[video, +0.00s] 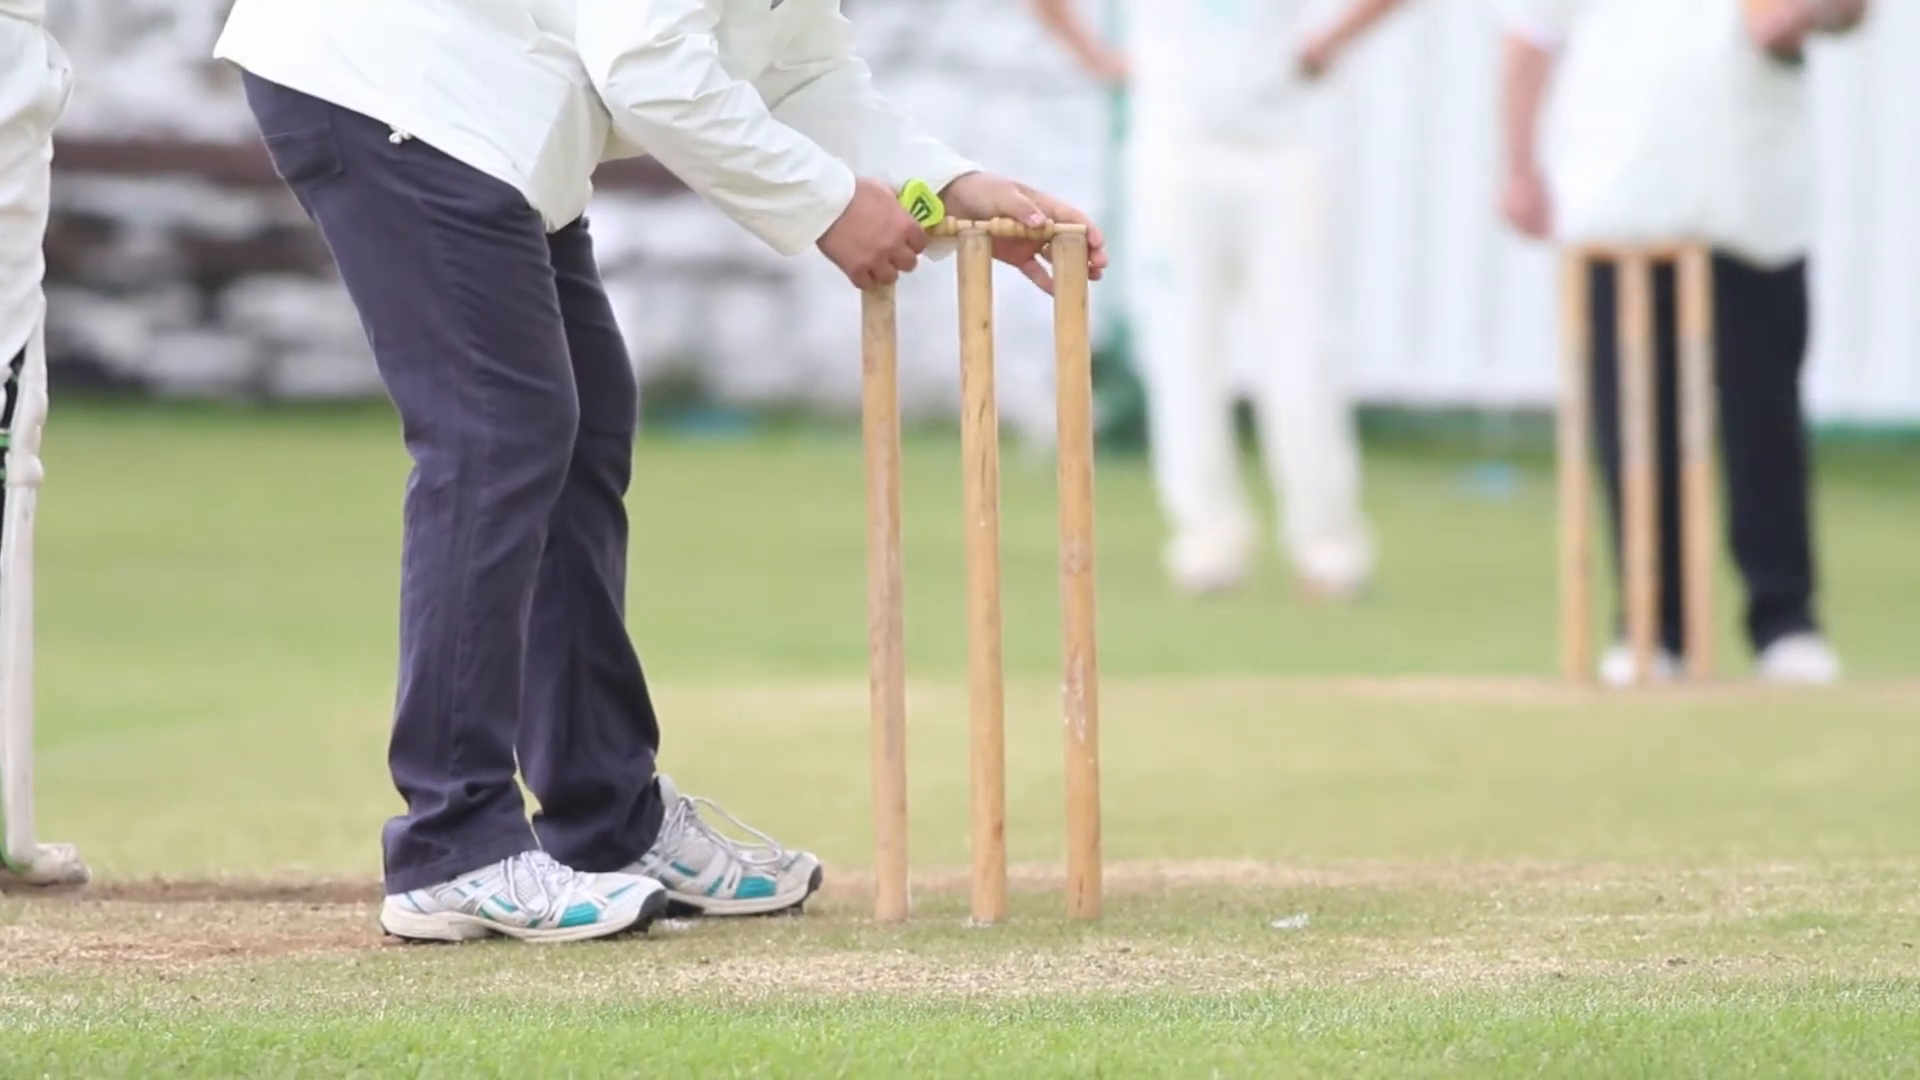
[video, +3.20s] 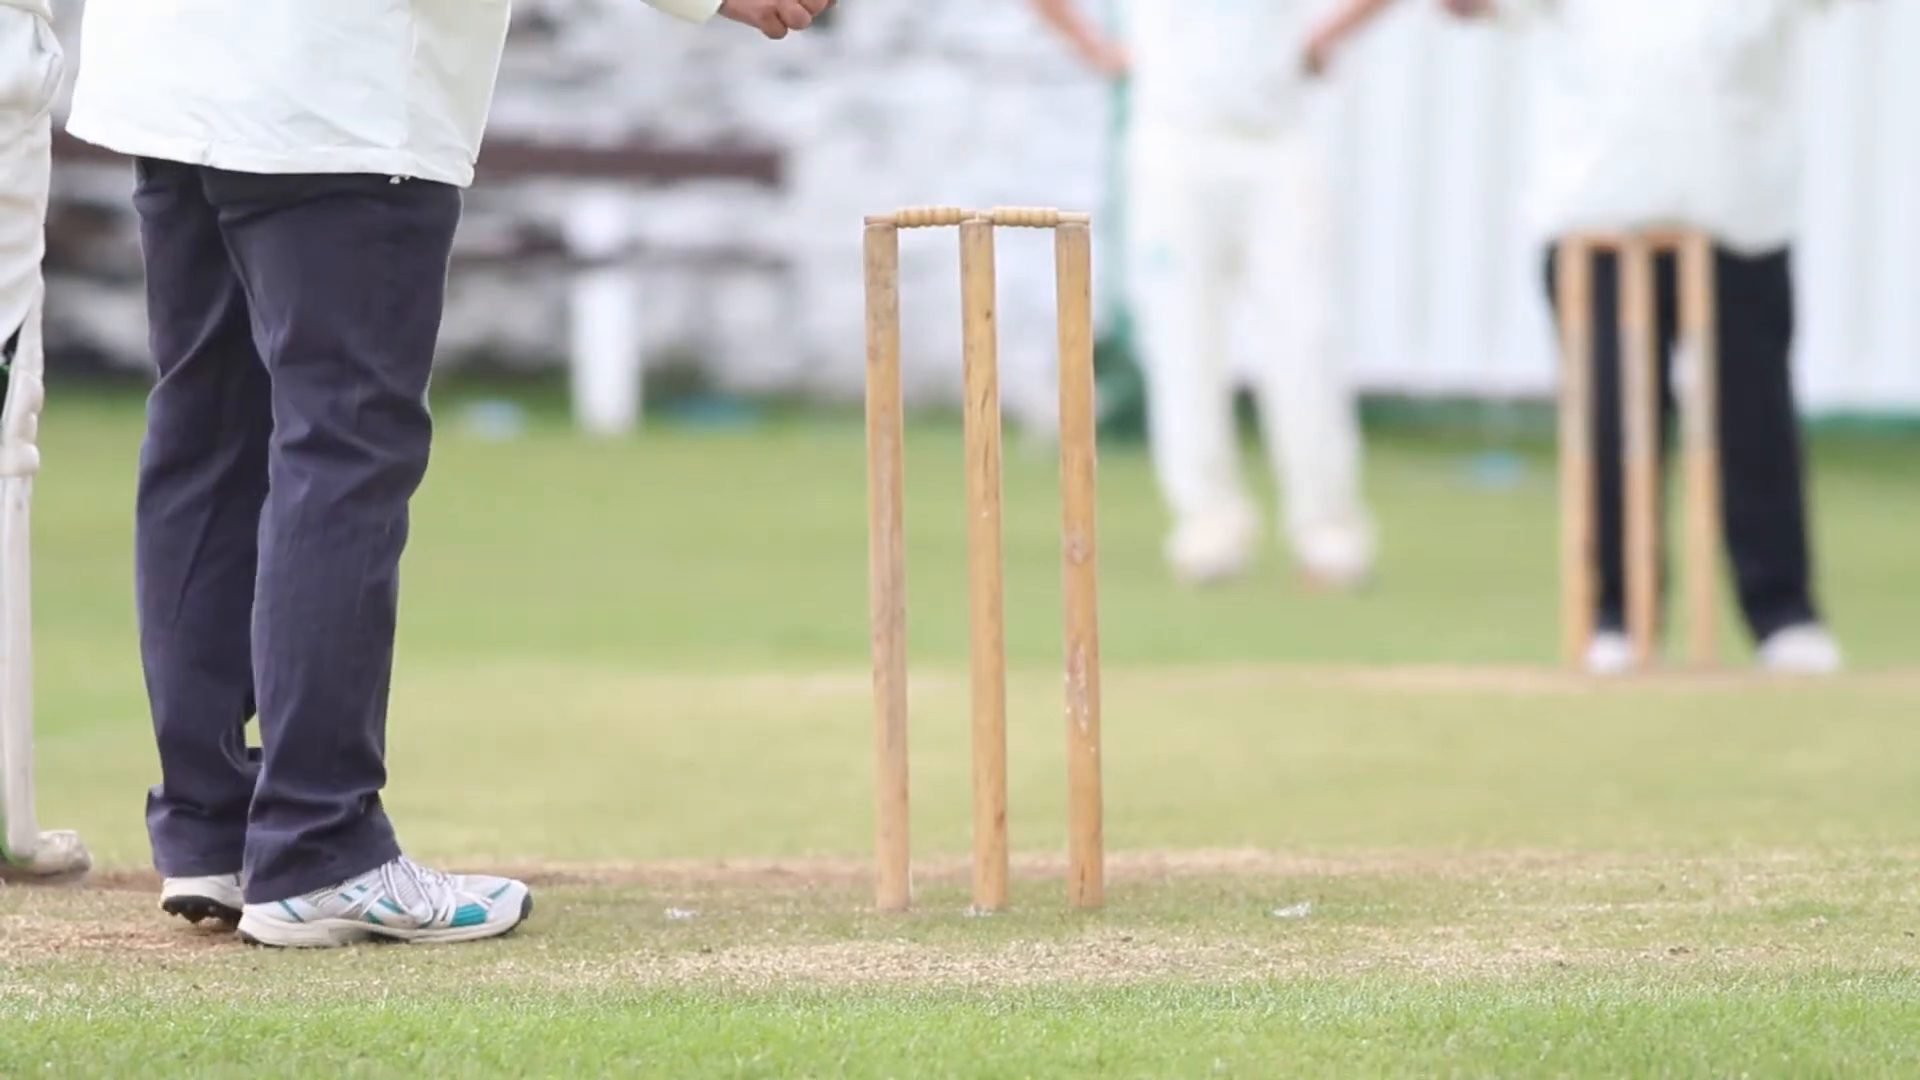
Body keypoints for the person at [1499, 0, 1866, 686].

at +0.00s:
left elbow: (1855, 10)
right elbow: (1530, 27)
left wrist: (1805, 13)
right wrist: (1521, 165)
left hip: (1754, 197)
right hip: (1616, 198)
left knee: (1763, 426)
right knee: (1632, 437)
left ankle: (1785, 628)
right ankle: (1651, 635)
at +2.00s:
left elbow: (1879, 24)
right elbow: (1624, 24)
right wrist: (1612, 160)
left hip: (1836, 199)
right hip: (1696, 193)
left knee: (1812, 434)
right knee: (1678, 426)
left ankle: (1796, 624)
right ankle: (1642, 618)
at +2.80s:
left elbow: (1846, 6)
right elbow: (1520, 22)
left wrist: (1794, 10)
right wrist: (1502, 159)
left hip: (1743, 191)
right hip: (1601, 189)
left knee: (1755, 419)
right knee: (1615, 425)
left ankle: (1787, 620)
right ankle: (1614, 624)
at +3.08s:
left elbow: (1842, 7)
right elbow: (1498, 6)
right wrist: (1472, 67)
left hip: (1736, 188)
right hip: (1597, 189)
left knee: (1757, 420)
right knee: (1614, 425)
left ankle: (1786, 621)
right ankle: (1615, 624)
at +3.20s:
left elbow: (1819, 12)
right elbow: (1517, 12)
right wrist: (1473, 6)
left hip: (1738, 201)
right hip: (1597, 200)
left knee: (1758, 428)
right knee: (1615, 428)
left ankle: (1786, 619)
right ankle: (1616, 623)